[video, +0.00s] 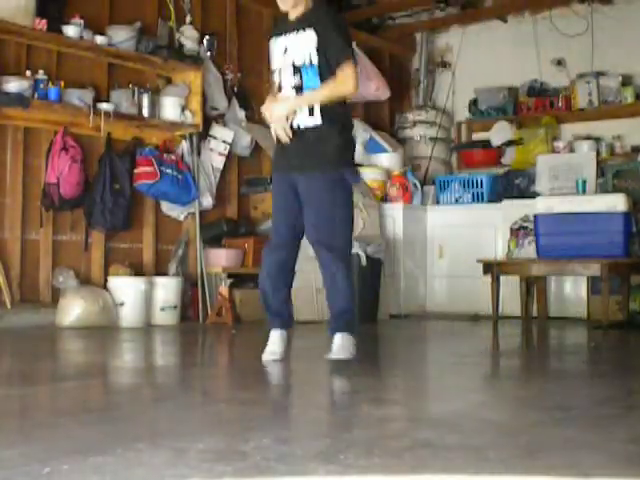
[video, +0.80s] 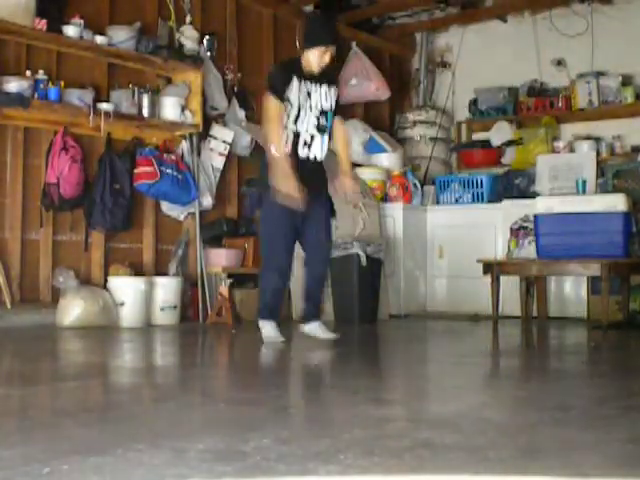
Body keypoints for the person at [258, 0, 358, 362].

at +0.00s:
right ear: (278, 1)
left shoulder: (326, 20)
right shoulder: (278, 29)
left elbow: (348, 83)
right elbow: (280, 84)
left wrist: (293, 102)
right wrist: (272, 107)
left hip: (325, 157)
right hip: (287, 157)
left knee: (330, 247)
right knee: (280, 246)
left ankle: (343, 331)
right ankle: (278, 326)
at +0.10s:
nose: (290, 6)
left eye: (297, 0)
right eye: (285, 0)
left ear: (311, 5)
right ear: (277, 5)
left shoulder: (333, 47)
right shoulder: (262, 52)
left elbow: (344, 110)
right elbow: (254, 115)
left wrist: (299, 130)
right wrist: (267, 147)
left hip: (318, 174)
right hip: (275, 175)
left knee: (327, 255)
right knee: (274, 258)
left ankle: (334, 330)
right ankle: (277, 335)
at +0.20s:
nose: (302, 14)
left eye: (310, 8)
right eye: (296, 7)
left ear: (319, 16)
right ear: (285, 12)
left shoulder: (334, 61)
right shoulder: (261, 56)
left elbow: (338, 119)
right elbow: (246, 117)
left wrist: (327, 162)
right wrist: (239, 167)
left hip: (314, 170)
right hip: (269, 169)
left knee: (325, 255)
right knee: (274, 257)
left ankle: (311, 325)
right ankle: (276, 336)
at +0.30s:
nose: (314, 14)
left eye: (320, 9)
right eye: (308, 6)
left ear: (326, 15)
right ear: (294, 8)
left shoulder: (335, 59)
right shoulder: (267, 49)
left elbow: (356, 111)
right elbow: (232, 98)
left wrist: (378, 152)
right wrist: (206, 140)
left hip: (313, 171)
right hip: (272, 168)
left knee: (319, 263)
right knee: (274, 254)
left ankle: (294, 319)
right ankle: (268, 337)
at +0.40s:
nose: (324, 25)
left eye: (329, 20)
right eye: (318, 18)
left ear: (333, 26)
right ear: (302, 21)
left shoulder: (339, 69)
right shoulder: (273, 50)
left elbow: (373, 103)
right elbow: (229, 72)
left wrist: (407, 133)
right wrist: (193, 91)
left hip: (309, 175)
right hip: (269, 167)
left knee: (306, 256)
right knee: (262, 249)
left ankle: (283, 322)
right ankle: (249, 332)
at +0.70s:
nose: (328, 44)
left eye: (333, 39)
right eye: (324, 37)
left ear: (336, 39)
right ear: (308, 31)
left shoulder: (336, 70)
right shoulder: (279, 57)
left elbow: (355, 113)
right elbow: (234, 79)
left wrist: (371, 150)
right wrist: (211, 108)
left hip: (315, 177)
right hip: (278, 173)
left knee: (305, 253)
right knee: (265, 246)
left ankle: (291, 318)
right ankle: (252, 310)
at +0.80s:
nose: (325, 59)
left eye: (330, 53)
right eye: (321, 51)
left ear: (333, 53)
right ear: (305, 46)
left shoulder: (330, 81)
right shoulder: (283, 74)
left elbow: (337, 126)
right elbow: (273, 128)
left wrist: (345, 170)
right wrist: (283, 175)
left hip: (314, 171)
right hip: (282, 169)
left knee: (318, 250)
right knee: (278, 250)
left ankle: (310, 318)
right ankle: (268, 318)